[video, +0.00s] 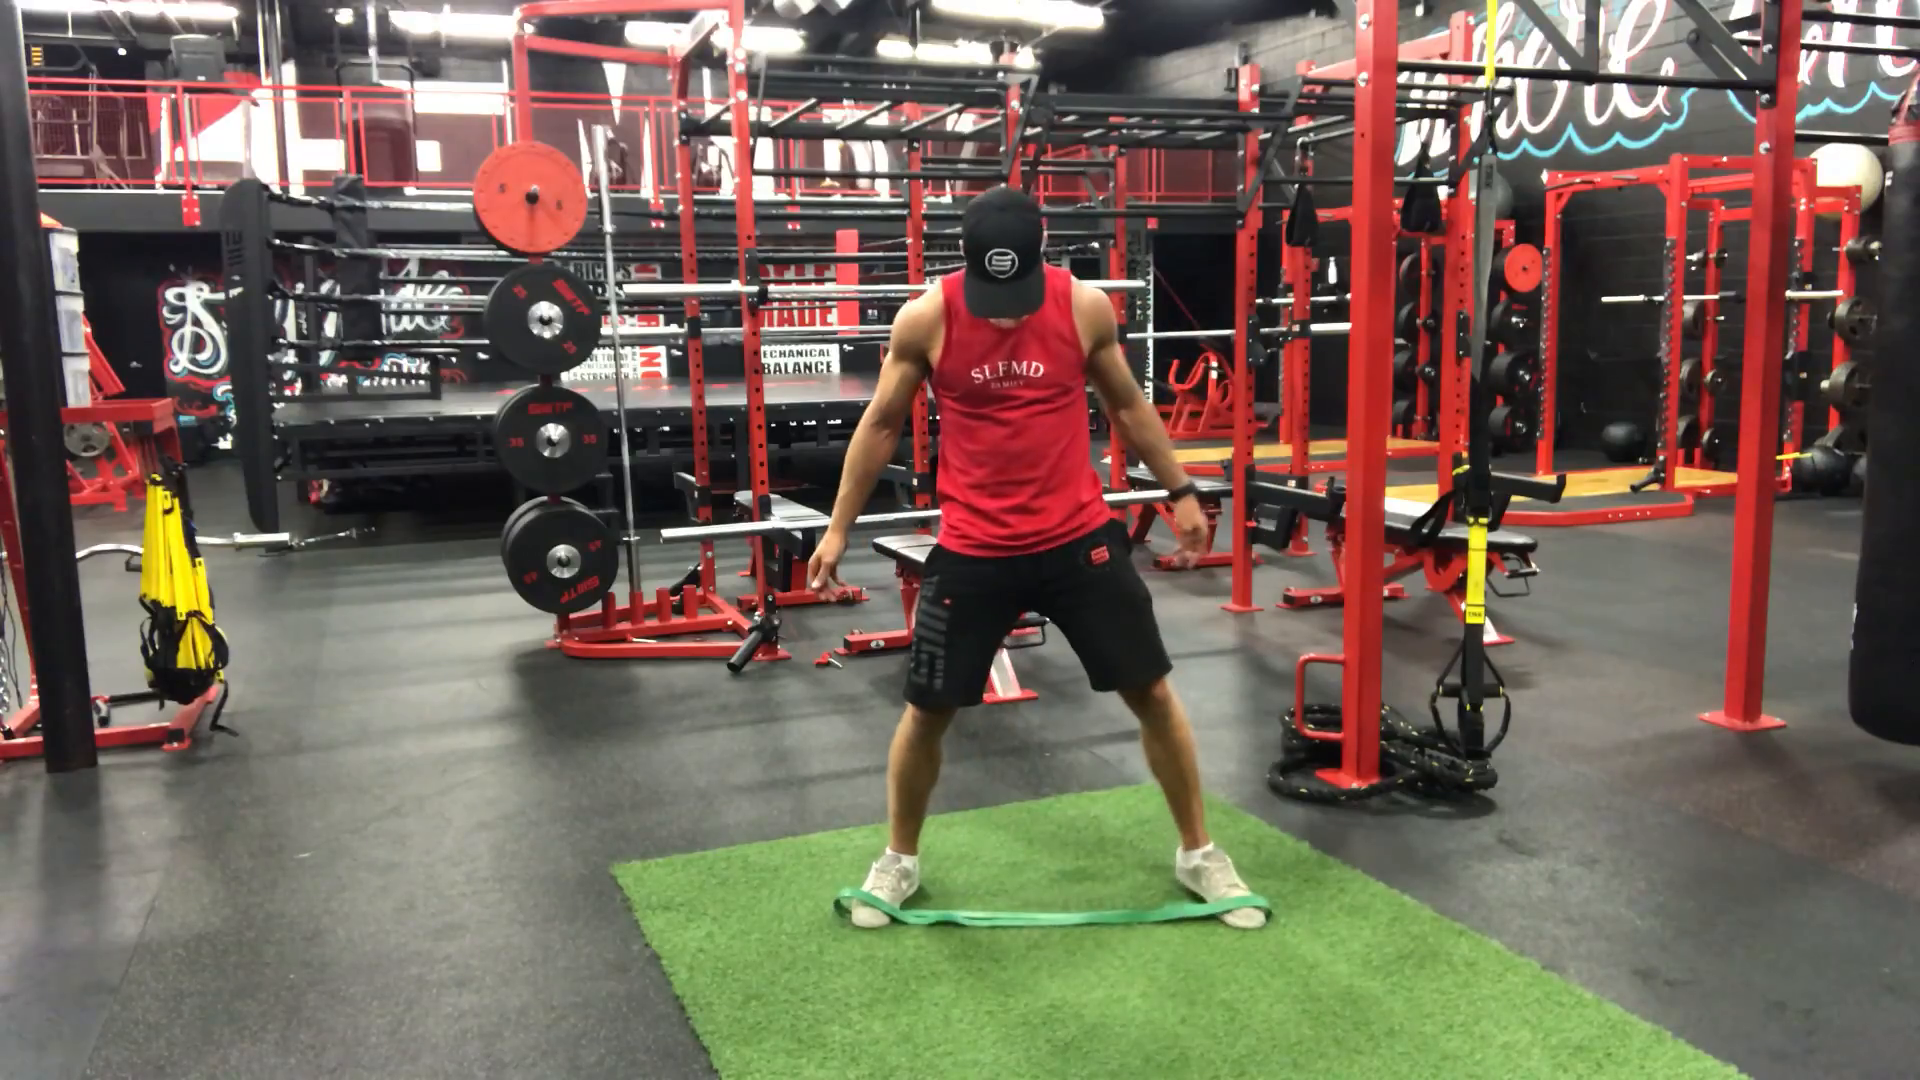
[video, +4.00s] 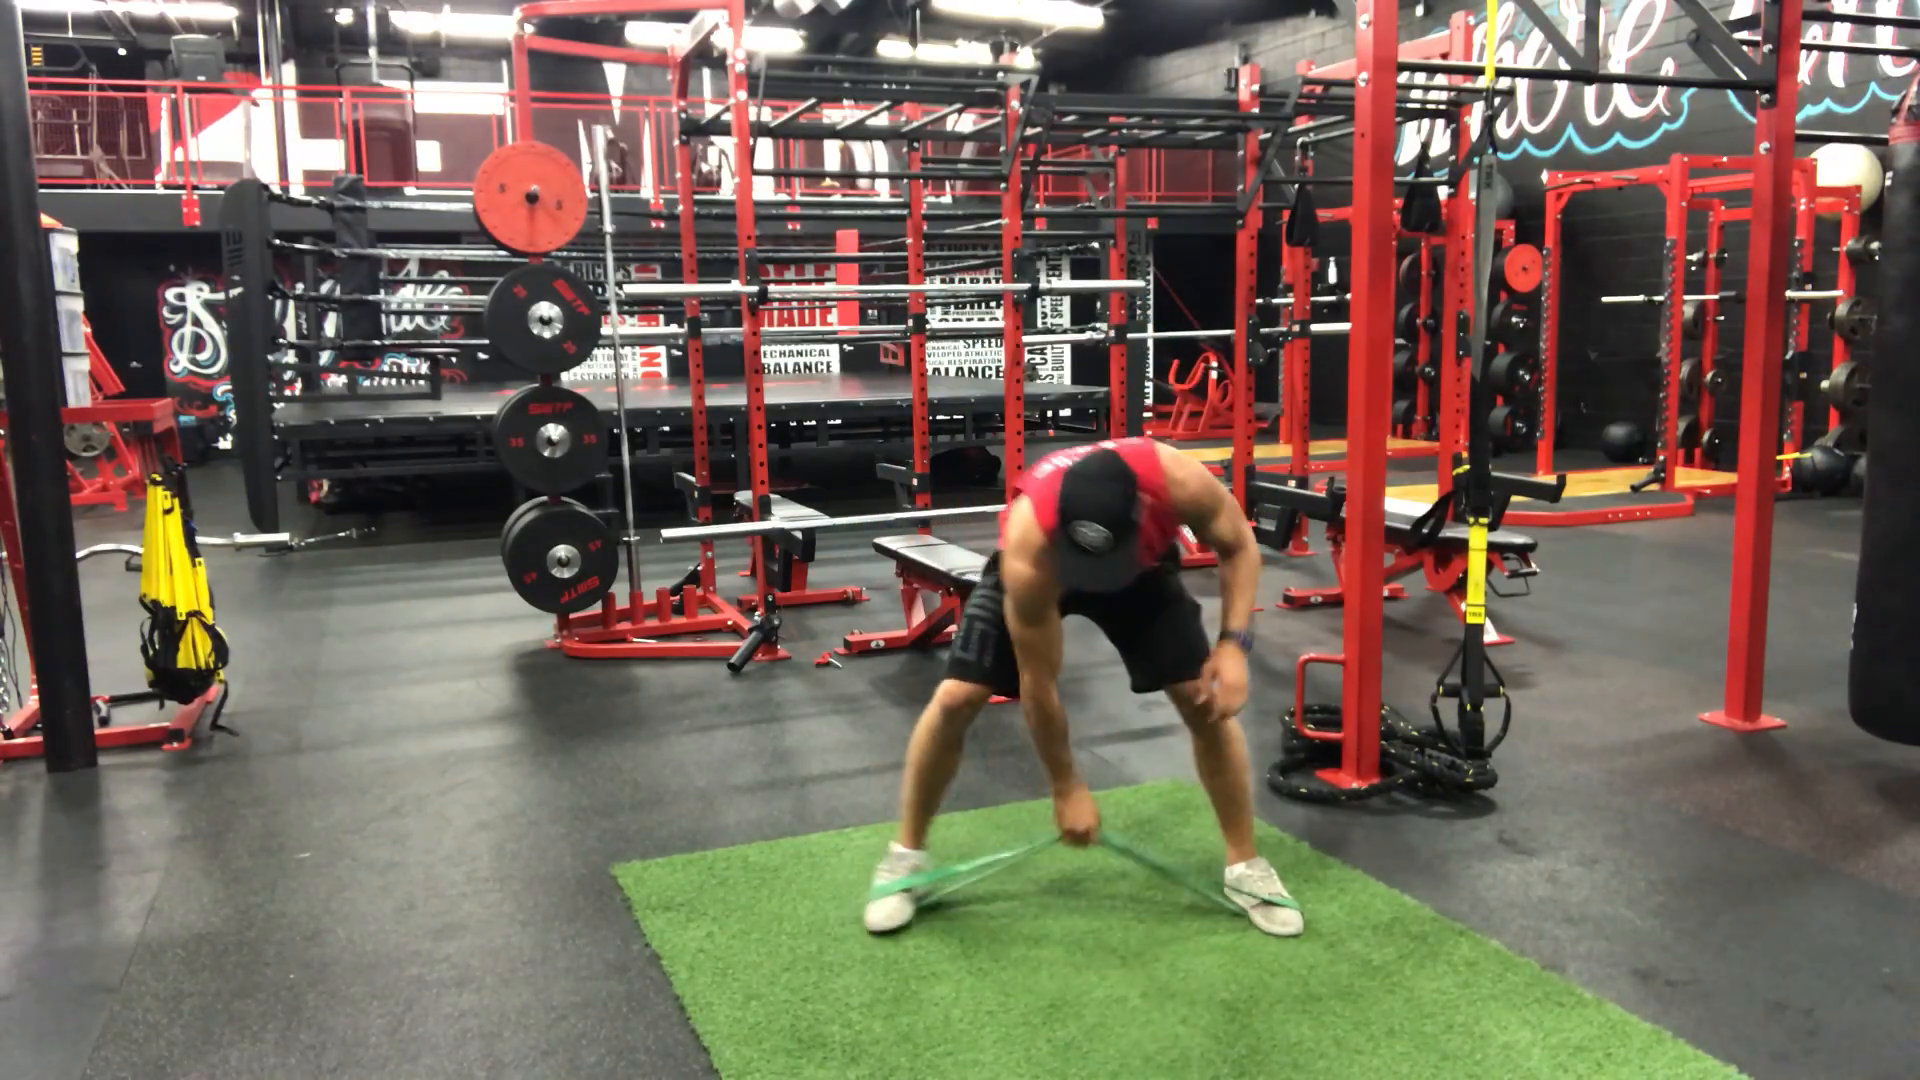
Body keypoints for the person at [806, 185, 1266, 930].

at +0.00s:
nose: (1004, 304)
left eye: (1018, 287)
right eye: (991, 288)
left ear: (1041, 258)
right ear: (967, 261)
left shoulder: (1085, 309)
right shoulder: (926, 319)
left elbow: (1129, 402)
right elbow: (878, 423)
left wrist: (1180, 493)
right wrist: (837, 526)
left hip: (1080, 539)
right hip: (973, 551)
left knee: (1152, 692)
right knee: (926, 711)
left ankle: (1199, 850)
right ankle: (899, 859)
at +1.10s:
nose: (1051, 333)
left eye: (1066, 316)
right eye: (1038, 317)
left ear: (1091, 287)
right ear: (1014, 282)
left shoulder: (1125, 337)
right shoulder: (965, 338)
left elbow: (1202, 419)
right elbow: (890, 435)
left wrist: (1267, 491)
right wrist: (842, 542)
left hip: (1102, 549)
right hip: (992, 555)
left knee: (1172, 697)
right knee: (931, 710)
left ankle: (1229, 860)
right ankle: (878, 864)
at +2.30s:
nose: (1056, 364)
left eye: (1071, 349)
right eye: (1043, 349)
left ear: (1098, 318)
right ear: (1019, 317)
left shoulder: (1137, 363)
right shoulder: (975, 373)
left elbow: (1204, 462)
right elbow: (923, 488)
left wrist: (1215, 561)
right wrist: (914, 608)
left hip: (1110, 557)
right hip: (1001, 559)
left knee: (1183, 697)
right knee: (930, 704)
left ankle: (1242, 862)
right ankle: (874, 863)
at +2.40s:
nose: (1061, 437)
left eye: (1076, 426)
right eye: (1047, 426)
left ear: (1104, 395)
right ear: (1024, 393)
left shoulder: (1143, 412)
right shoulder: (981, 421)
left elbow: (1191, 515)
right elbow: (940, 553)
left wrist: (1193, 622)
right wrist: (952, 677)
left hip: (1109, 564)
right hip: (1000, 567)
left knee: (1187, 696)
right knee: (927, 703)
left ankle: (1243, 864)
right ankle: (873, 861)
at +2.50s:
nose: (1065, 532)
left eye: (1080, 523)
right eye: (1050, 524)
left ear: (1107, 478)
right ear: (1026, 481)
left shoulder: (1143, 458)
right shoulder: (985, 489)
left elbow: (1177, 553)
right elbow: (967, 627)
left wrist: (1168, 657)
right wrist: (984, 748)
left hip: (1112, 566)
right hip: (1005, 572)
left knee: (1192, 694)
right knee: (922, 701)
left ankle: (1243, 863)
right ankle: (872, 860)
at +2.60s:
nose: (1061, 603)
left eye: (1076, 590)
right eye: (1047, 591)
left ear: (1109, 544)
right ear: (1025, 552)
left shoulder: (1145, 501)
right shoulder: (989, 559)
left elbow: (1166, 576)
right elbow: (989, 694)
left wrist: (1150, 671)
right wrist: (1012, 809)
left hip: (1116, 574)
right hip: (1003, 577)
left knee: (1195, 692)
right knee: (922, 703)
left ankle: (1243, 862)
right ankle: (872, 861)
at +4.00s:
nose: (1090, 566)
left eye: (1107, 556)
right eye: (1079, 556)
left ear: (1143, 514)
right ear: (1059, 528)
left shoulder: (1181, 480)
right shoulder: (1027, 542)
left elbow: (1240, 546)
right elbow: (1039, 685)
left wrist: (1233, 643)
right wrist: (1066, 789)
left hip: (1137, 569)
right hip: (1037, 571)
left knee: (1207, 702)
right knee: (955, 698)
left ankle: (1246, 864)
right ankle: (905, 853)